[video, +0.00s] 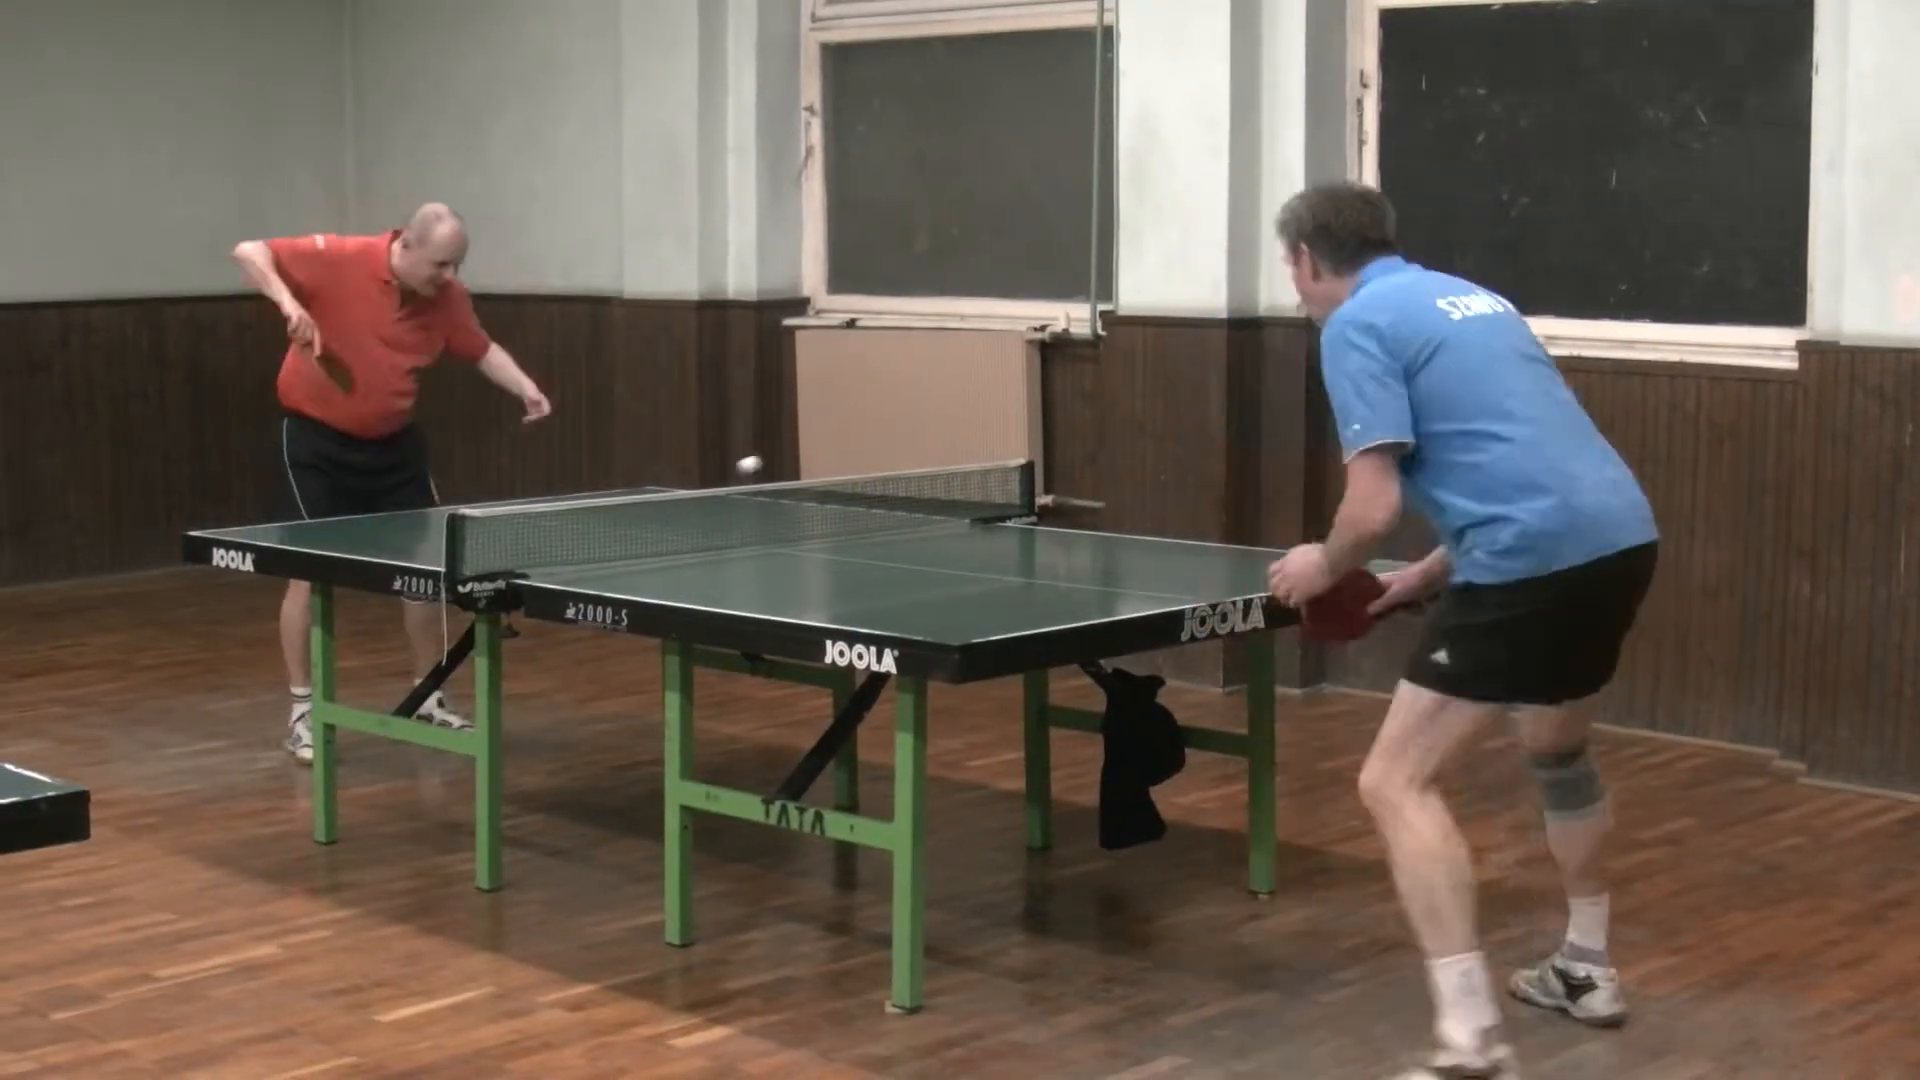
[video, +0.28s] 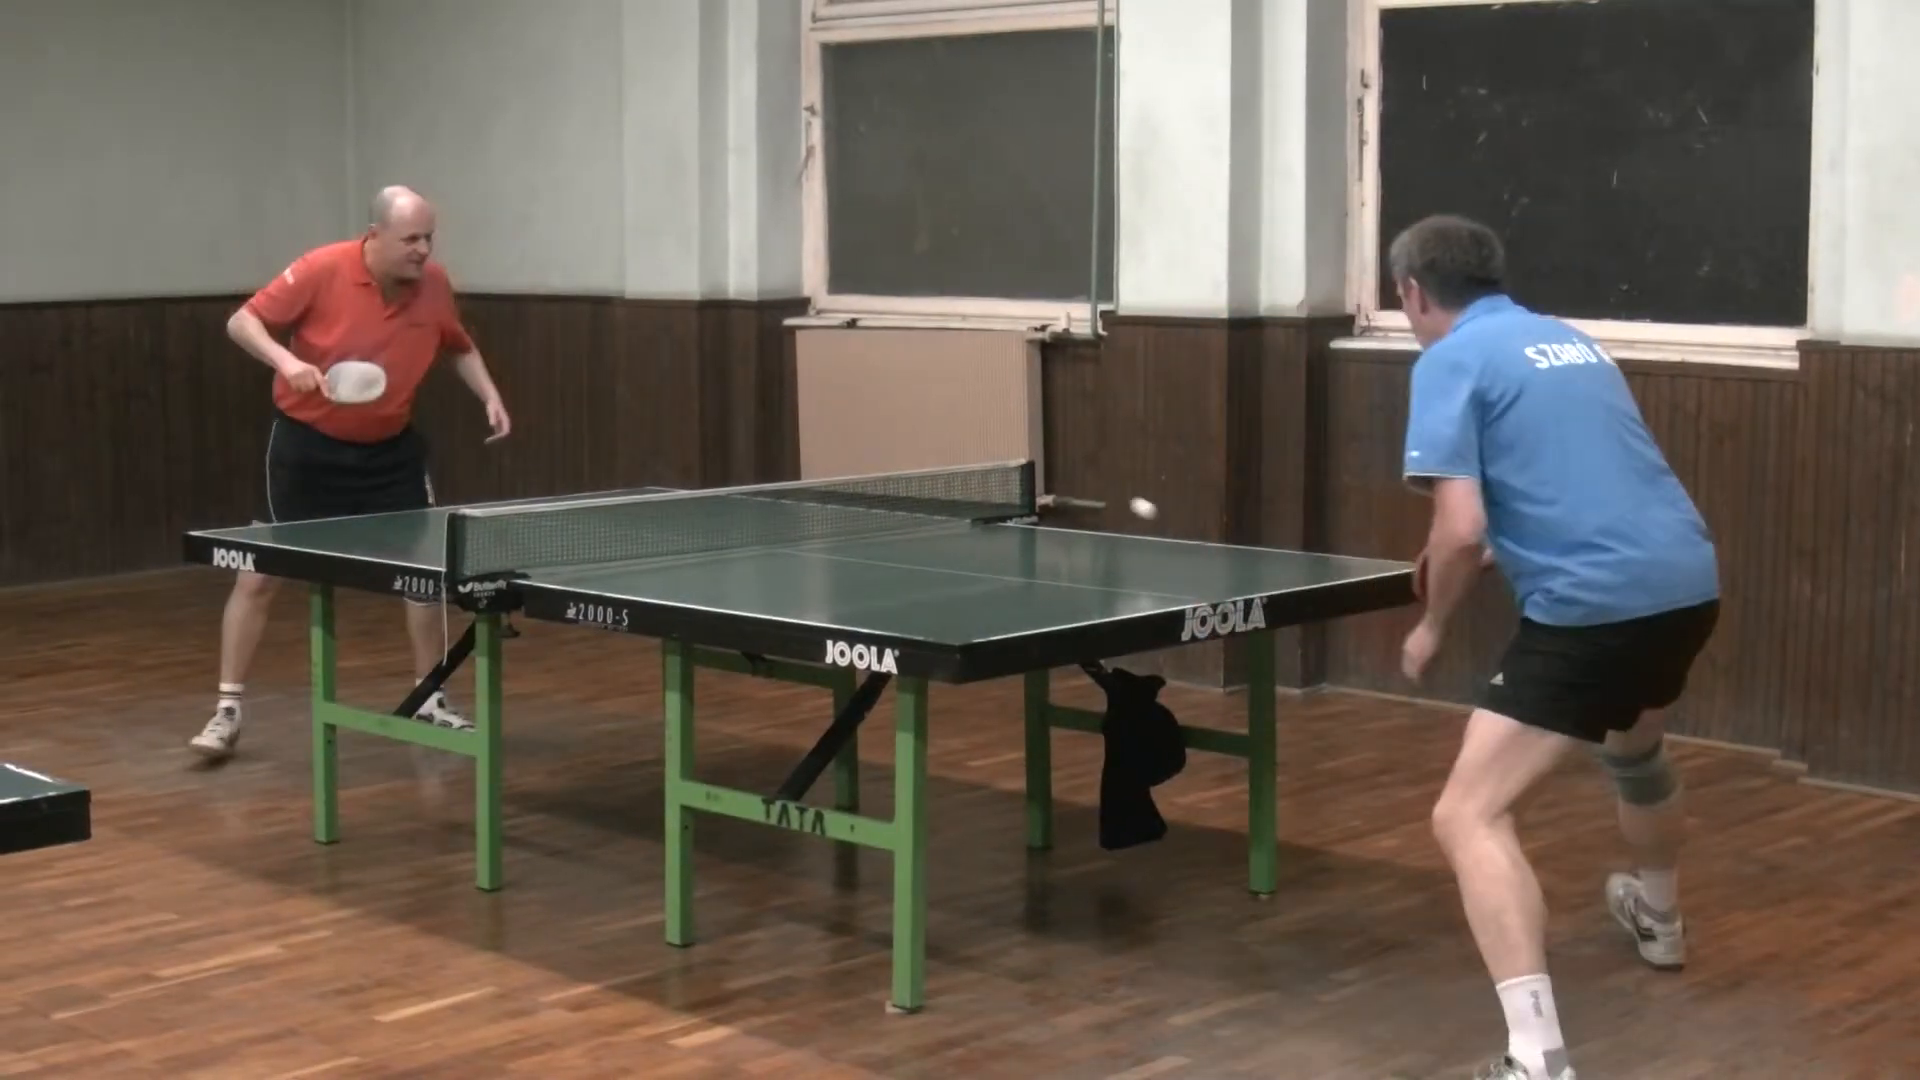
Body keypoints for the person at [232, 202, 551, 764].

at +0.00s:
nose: (445, 279)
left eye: (451, 269)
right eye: (437, 266)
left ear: (456, 262)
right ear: (402, 246)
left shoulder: (448, 298)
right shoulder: (344, 258)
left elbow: (483, 350)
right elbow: (249, 252)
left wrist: (527, 388)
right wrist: (289, 304)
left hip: (393, 442)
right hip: (318, 436)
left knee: (423, 571)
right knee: (310, 572)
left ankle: (428, 702)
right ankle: (303, 708)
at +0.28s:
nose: (425, 248)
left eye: (429, 238)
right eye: (413, 239)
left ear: (430, 236)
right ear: (376, 236)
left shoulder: (434, 285)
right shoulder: (322, 269)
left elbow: (458, 345)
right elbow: (242, 322)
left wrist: (490, 394)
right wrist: (286, 361)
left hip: (391, 451)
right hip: (306, 448)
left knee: (426, 575)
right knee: (261, 574)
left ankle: (428, 701)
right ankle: (227, 706)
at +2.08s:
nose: (422, 255)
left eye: (423, 244)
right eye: (422, 243)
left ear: (383, 231)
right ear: (405, 236)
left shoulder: (362, 277)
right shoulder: (357, 276)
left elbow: (334, 373)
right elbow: (357, 372)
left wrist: (356, 445)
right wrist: (424, 414)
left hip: (308, 425)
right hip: (271, 411)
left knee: (333, 551)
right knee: (255, 548)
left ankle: (338, 677)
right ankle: (168, 671)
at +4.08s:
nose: (623, 325)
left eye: (628, 319)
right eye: (627, 316)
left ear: (601, 290)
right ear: (615, 298)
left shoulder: (559, 300)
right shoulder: (591, 314)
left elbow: (512, 371)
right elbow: (571, 378)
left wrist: (527, 444)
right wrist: (574, 458)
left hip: (466, 382)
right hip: (485, 391)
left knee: (523, 504)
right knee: (473, 514)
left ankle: (523, 618)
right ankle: (417, 623)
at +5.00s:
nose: (501, 226)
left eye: (508, 216)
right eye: (489, 218)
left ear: (517, 220)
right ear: (464, 223)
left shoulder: (537, 277)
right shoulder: (430, 272)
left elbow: (560, 343)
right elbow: (388, 343)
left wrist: (560, 385)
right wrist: (416, 377)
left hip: (511, 428)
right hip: (440, 430)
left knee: (503, 523)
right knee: (448, 543)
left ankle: (496, 618)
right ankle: (462, 654)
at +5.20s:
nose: (504, 227)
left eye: (512, 217)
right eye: (492, 218)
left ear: (522, 221)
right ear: (468, 220)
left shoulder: (539, 281)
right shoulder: (434, 265)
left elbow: (569, 353)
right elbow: (392, 322)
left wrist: (571, 404)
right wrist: (386, 356)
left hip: (505, 434)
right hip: (434, 432)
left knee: (495, 547)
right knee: (440, 552)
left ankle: (481, 661)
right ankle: (464, 662)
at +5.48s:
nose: (489, 214)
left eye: (496, 204)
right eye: (476, 205)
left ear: (506, 205)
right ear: (452, 208)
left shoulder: (523, 262)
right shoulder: (431, 251)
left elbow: (562, 314)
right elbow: (407, 308)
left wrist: (583, 336)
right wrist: (358, 314)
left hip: (498, 427)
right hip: (430, 427)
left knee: (495, 552)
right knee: (417, 546)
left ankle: (485, 674)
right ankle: (440, 662)